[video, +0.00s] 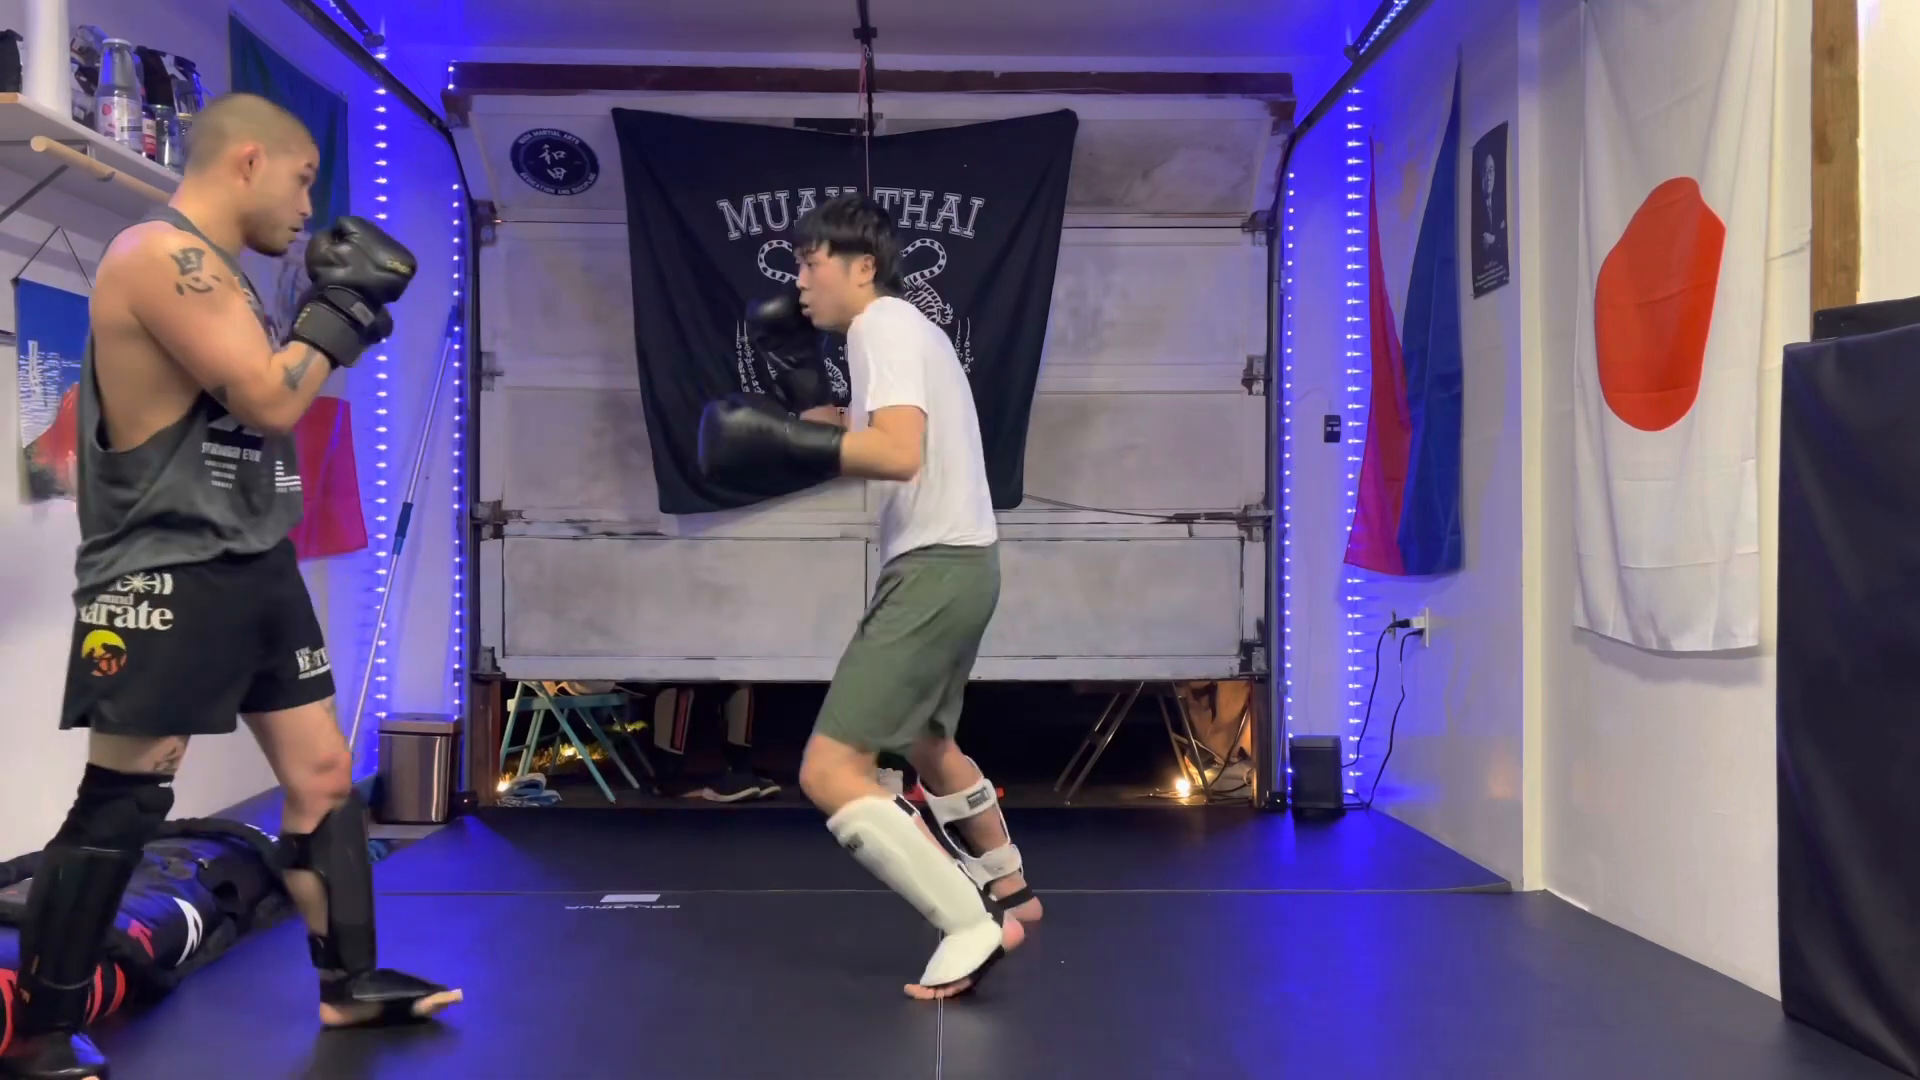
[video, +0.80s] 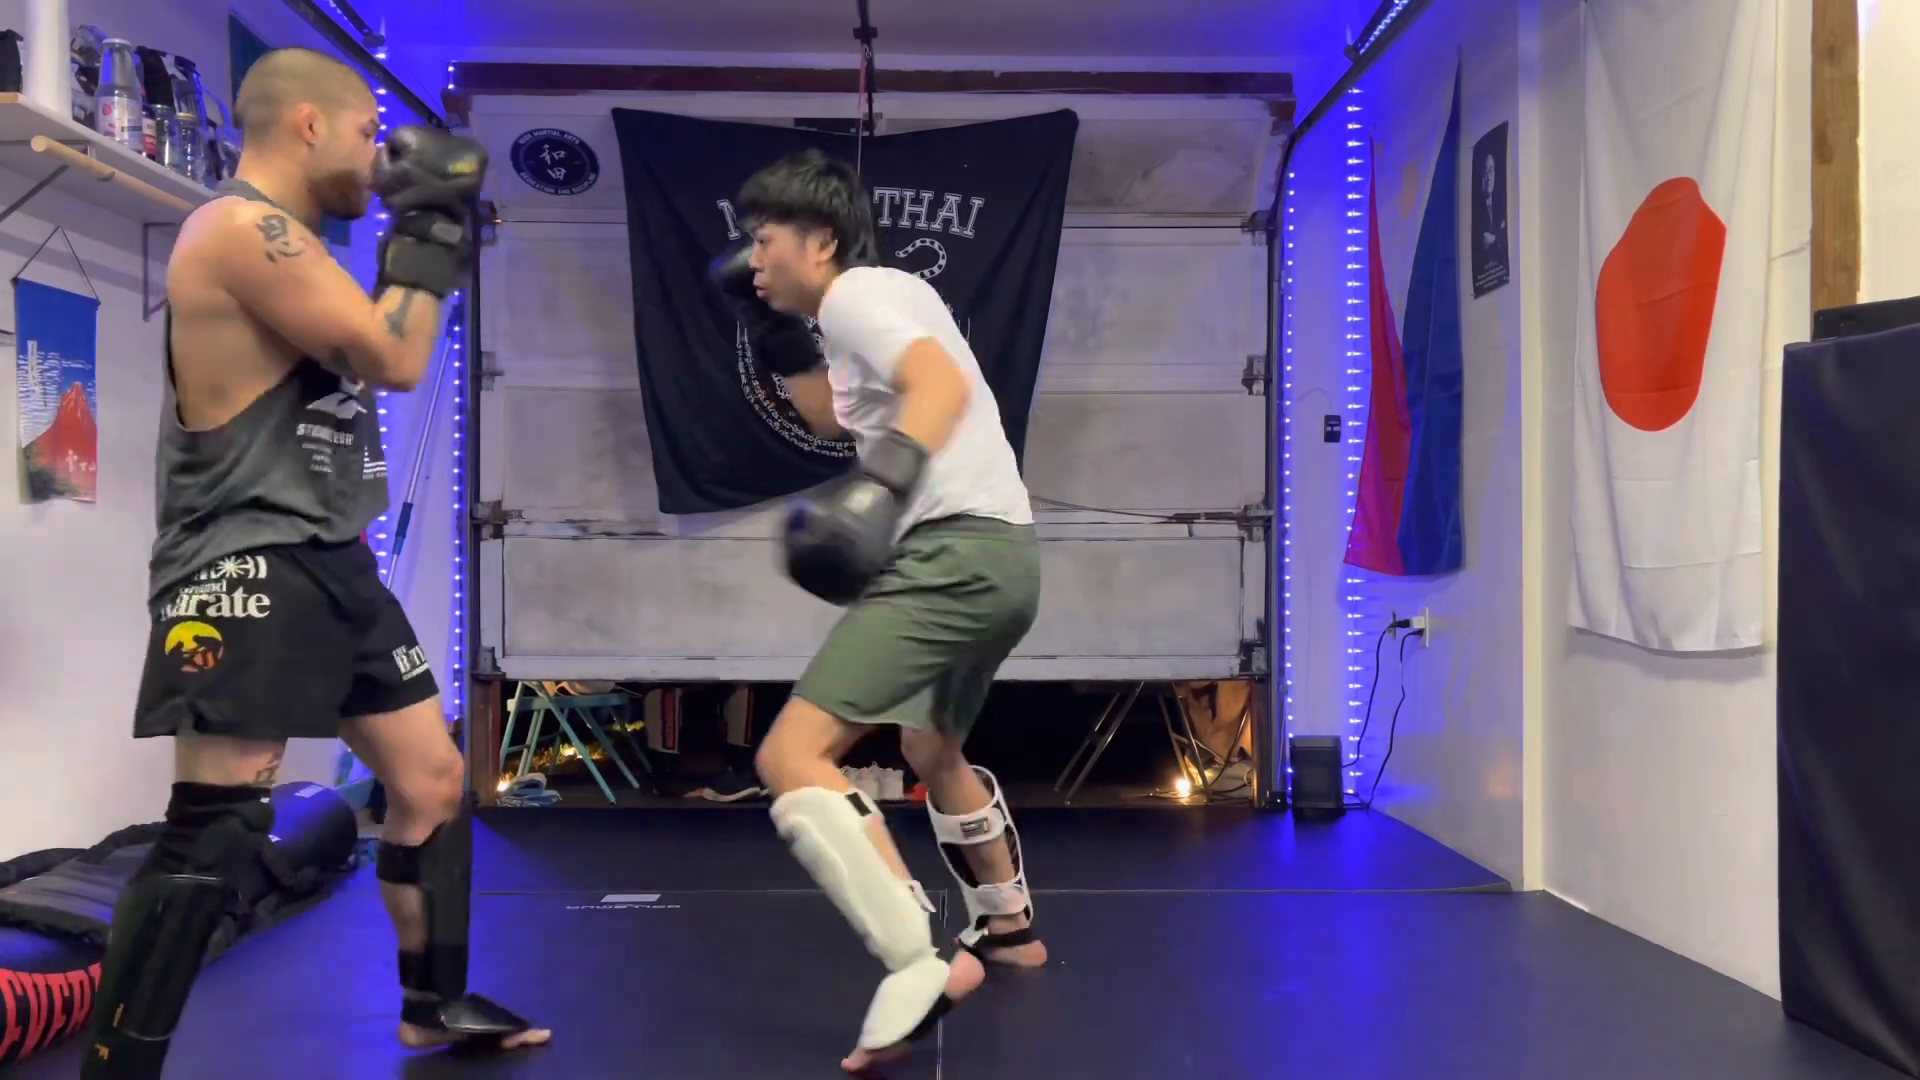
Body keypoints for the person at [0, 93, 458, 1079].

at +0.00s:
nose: (308, 203)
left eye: (312, 186)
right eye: (303, 180)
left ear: (240, 167)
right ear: (243, 163)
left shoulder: (218, 272)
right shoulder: (162, 256)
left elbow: (268, 404)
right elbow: (269, 403)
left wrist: (335, 312)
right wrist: (341, 310)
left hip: (255, 567)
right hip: (164, 573)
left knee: (321, 773)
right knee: (124, 794)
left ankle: (351, 981)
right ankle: (44, 1031)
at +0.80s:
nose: (378, 153)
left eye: (377, 134)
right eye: (367, 132)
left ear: (299, 131)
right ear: (308, 127)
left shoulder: (292, 243)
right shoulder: (242, 229)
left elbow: (383, 354)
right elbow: (397, 357)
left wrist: (431, 234)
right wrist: (430, 221)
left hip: (329, 560)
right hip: (245, 561)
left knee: (431, 776)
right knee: (214, 832)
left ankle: (435, 1002)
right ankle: (118, 1059)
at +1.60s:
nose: (452, 144)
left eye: (451, 124)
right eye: (434, 120)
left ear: (365, 131)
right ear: (357, 126)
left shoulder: (421, 270)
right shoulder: (284, 241)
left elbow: (499, 389)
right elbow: (389, 383)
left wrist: (559, 289)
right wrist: (501, 301)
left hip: (439, 577)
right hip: (315, 580)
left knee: (544, 814)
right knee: (248, 845)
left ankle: (538, 1046)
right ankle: (128, 1061)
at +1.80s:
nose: (556, 137)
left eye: (551, 118)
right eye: (540, 113)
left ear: (478, 120)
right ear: (475, 114)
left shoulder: (486, 258)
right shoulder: (410, 217)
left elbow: (491, 410)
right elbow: (447, 377)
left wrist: (595, 364)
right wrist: (611, 402)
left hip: (523, 558)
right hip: (425, 559)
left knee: (566, 812)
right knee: (380, 823)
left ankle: (541, 1046)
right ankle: (191, 1039)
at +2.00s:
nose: (621, 120)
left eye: (616, 99)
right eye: (605, 97)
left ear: (542, 103)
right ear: (541, 100)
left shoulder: (552, 243)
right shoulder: (474, 205)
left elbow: (554, 397)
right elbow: (550, 361)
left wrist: (642, 401)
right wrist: (677, 295)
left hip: (569, 548)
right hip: (481, 543)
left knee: (562, 807)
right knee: (501, 822)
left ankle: (541, 1042)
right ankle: (367, 1060)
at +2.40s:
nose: (715, 107)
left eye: (714, 84)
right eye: (704, 81)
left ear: (635, 80)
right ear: (643, 77)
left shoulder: (634, 218)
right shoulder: (564, 197)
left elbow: (649, 385)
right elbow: (662, 394)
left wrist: (734, 321)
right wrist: (753, 318)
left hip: (652, 548)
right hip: (579, 553)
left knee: (735, 793)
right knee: (583, 850)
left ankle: (626, 999)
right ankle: (507, 1068)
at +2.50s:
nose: (737, 104)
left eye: (734, 81)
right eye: (728, 79)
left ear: (654, 76)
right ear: (674, 74)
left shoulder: (634, 193)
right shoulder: (616, 186)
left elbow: (715, 361)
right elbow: (738, 364)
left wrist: (785, 267)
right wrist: (802, 259)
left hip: (673, 547)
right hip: (617, 552)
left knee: (752, 793)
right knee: (588, 835)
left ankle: (742, 1027)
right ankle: (511, 1067)